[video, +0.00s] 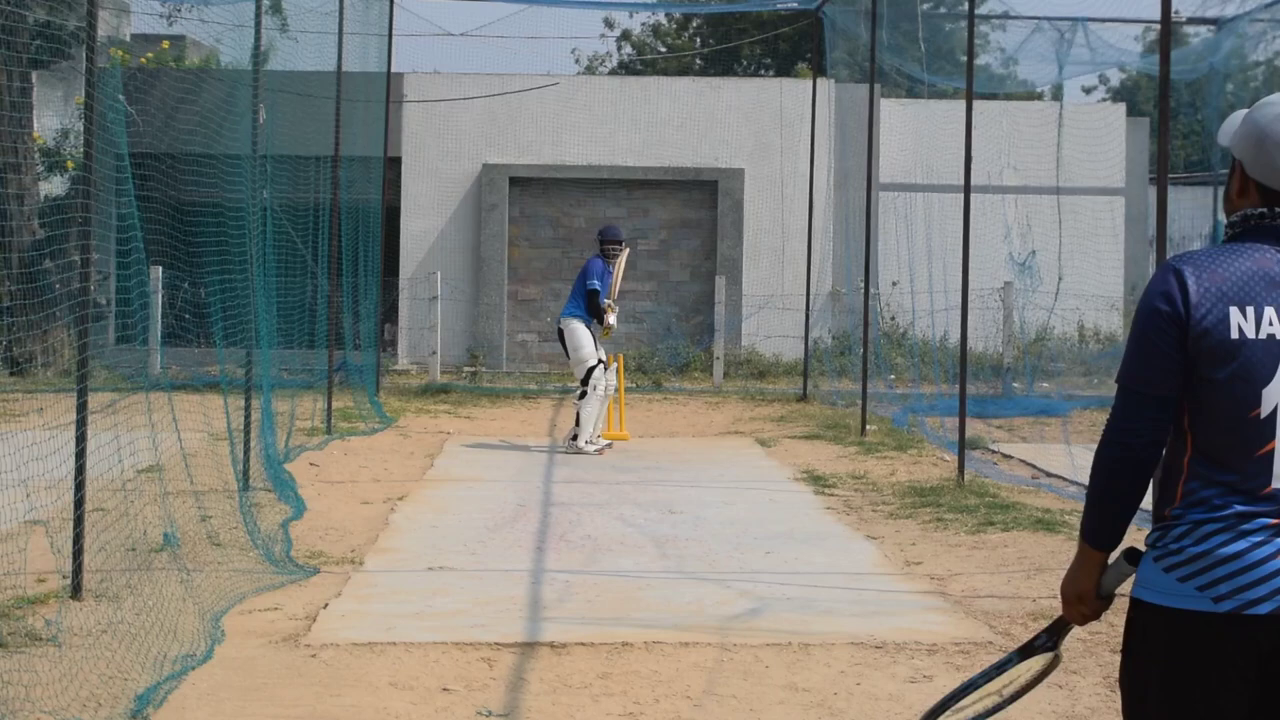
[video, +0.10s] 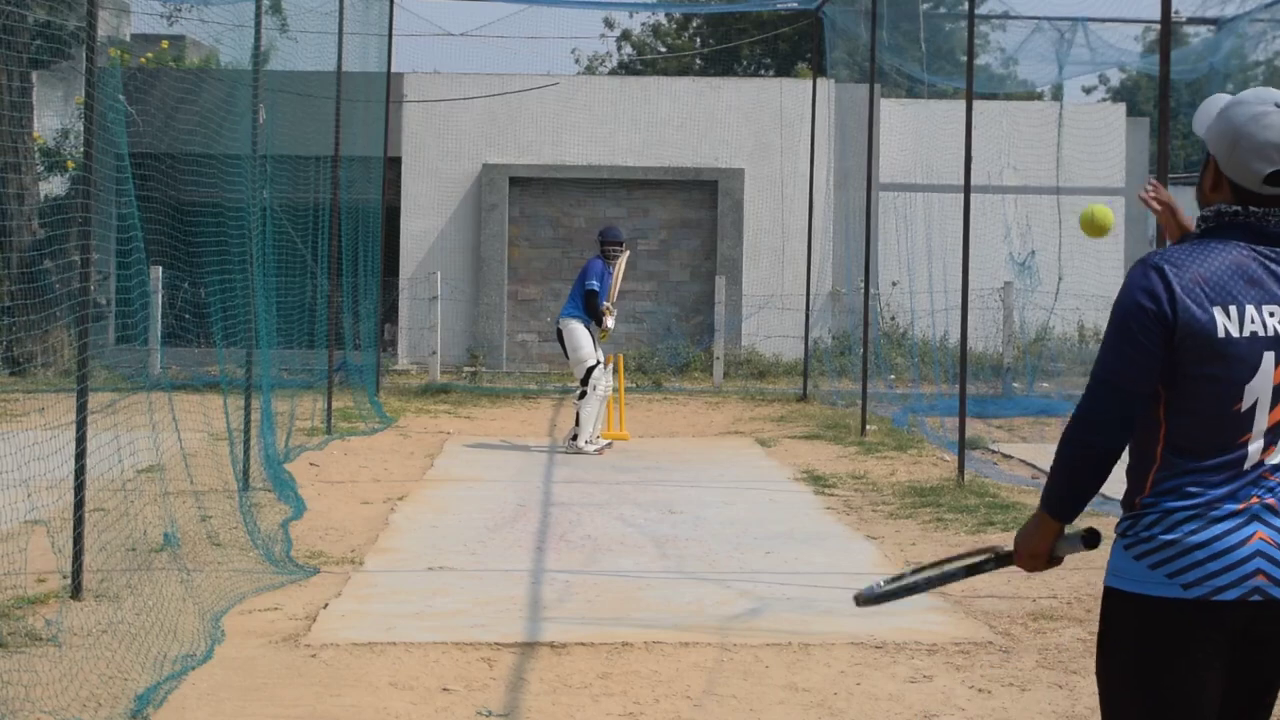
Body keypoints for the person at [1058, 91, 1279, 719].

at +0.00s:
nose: (1227, 183)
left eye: (1231, 169)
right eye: (1233, 168)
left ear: (1242, 181)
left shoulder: (1191, 281)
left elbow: (1134, 436)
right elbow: (1135, 435)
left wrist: (1089, 557)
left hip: (1206, 592)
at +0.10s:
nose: (1200, 170)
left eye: (1204, 159)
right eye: (1206, 157)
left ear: (1214, 175)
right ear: (1279, 187)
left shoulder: (1167, 277)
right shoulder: (1272, 272)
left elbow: (1106, 414)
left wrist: (1050, 517)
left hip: (1173, 574)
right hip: (1273, 569)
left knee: (1148, 705)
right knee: (1244, 707)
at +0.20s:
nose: (1179, 156)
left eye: (1186, 150)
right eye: (1187, 146)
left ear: (1195, 173)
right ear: (1269, 180)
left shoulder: (1153, 280)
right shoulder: (1275, 271)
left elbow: (1081, 410)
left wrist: (1013, 481)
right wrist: (1195, 169)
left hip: (1160, 577)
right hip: (1265, 576)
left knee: (1142, 707)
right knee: (1209, 706)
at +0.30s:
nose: (1152, 180)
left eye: (1157, 170)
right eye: (1159, 167)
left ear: (1166, 191)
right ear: (1245, 201)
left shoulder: (1123, 292)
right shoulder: (1265, 291)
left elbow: (1014, 398)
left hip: (1134, 577)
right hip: (1238, 574)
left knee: (1121, 709)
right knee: (1175, 708)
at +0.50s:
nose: (1098, 222)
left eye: (1103, 214)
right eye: (1104, 210)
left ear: (1108, 234)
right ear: (1185, 245)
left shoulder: (1048, 317)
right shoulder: (1213, 338)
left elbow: (957, 383)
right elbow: (1246, 464)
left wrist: (939, 277)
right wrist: (1204, 429)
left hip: (1088, 581)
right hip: (1193, 586)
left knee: (1096, 708)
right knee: (1129, 709)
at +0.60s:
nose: (1078, 245)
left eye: (1082, 237)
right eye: (1084, 235)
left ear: (1088, 251)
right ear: (1162, 262)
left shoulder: (1023, 334)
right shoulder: (1192, 350)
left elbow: (987, 423)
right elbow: (1211, 475)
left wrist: (956, 381)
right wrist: (1222, 513)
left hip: (1078, 566)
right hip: (1180, 572)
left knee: (1096, 707)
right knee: (1134, 708)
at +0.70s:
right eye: (1136, 265)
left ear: (1059, 268)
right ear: (1135, 272)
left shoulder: (1009, 342)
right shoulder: (1162, 341)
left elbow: (1009, 453)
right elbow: (1205, 462)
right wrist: (1231, 509)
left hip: (1052, 543)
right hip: (1156, 543)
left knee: (1086, 707)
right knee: (1136, 704)